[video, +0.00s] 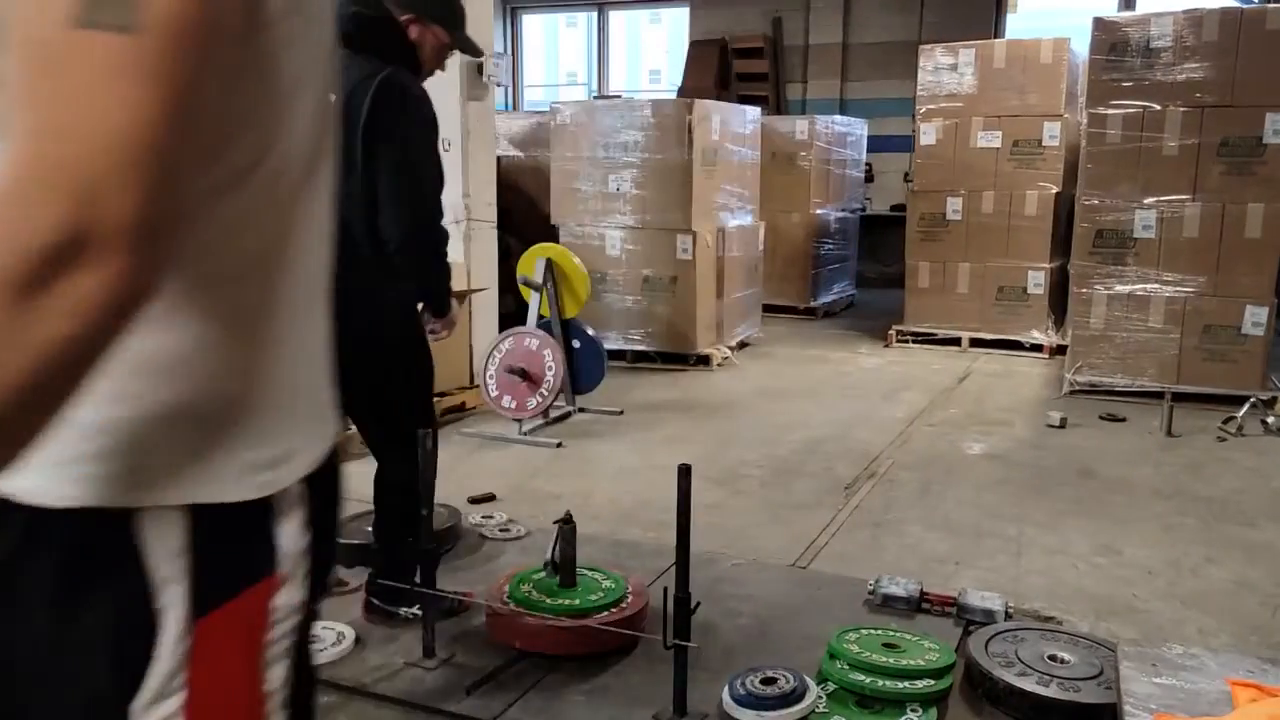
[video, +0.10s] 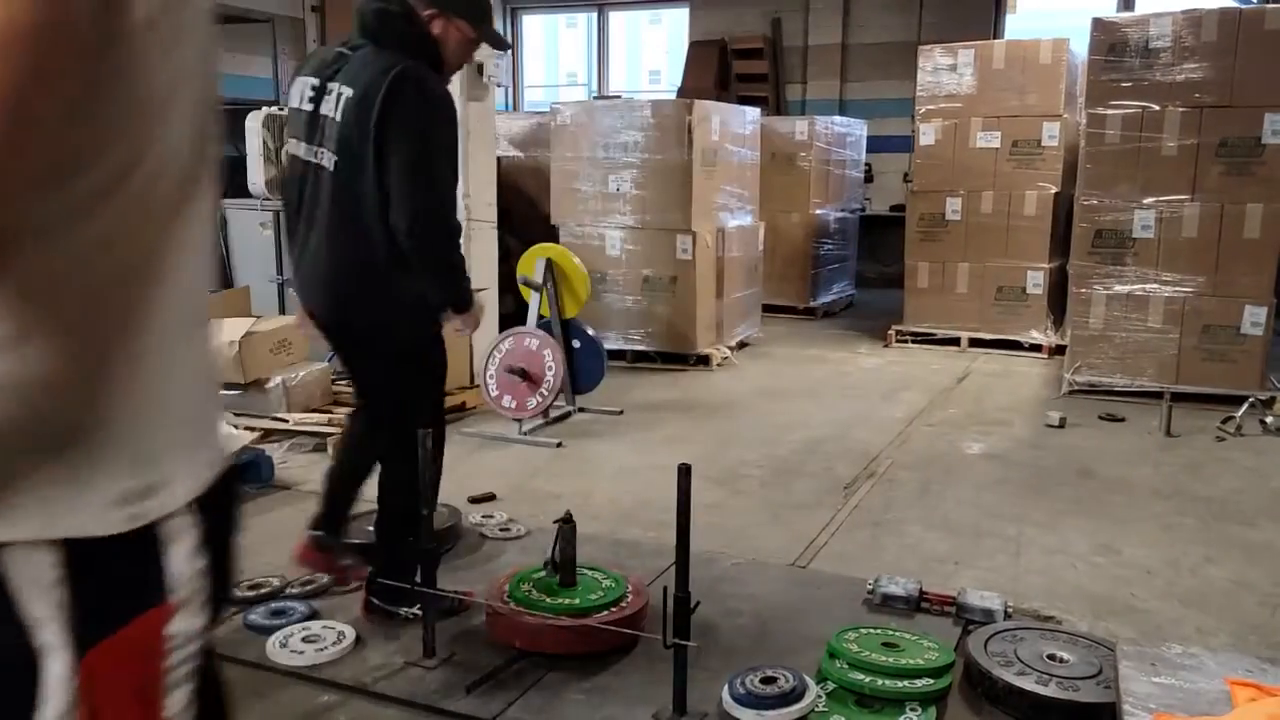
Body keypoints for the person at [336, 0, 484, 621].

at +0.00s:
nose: (445, 60)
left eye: (451, 49)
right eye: (446, 44)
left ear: (402, 24)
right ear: (412, 25)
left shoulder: (325, 73)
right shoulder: (399, 94)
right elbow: (411, 211)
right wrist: (437, 297)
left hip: (310, 292)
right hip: (374, 302)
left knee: (311, 444)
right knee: (405, 443)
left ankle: (315, 571)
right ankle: (399, 585)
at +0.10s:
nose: (471, 57)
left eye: (477, 46)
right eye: (471, 41)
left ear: (425, 17)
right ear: (435, 19)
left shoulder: (326, 65)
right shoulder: (415, 87)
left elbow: (296, 186)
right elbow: (423, 208)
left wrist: (305, 282)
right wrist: (458, 296)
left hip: (328, 285)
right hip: (388, 292)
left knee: (378, 407)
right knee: (415, 427)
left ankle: (325, 533)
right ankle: (396, 583)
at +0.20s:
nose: (488, 61)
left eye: (494, 48)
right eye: (488, 45)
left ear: (445, 19)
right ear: (451, 21)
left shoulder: (369, 65)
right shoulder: (427, 88)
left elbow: (341, 187)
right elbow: (428, 214)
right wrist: (472, 294)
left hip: (363, 276)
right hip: (403, 287)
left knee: (415, 408)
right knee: (424, 413)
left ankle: (402, 553)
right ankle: (401, 581)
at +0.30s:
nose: (509, 64)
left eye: (513, 51)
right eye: (505, 48)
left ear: (465, 27)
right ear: (466, 28)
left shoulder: (407, 71)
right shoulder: (435, 90)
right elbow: (426, 221)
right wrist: (483, 304)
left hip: (413, 289)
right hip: (421, 298)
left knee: (478, 397)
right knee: (437, 429)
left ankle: (488, 520)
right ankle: (397, 585)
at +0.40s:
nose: (526, 73)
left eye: (531, 61)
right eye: (521, 56)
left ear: (483, 39)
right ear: (478, 37)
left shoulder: (471, 97)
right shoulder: (440, 100)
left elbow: (475, 212)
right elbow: (423, 231)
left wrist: (503, 293)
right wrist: (485, 317)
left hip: (469, 305)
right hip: (441, 311)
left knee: (505, 421)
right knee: (454, 438)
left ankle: (541, 529)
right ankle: (397, 584)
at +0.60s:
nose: (553, 80)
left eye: (559, 68)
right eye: (543, 67)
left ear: (560, 57)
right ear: (509, 47)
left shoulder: (552, 104)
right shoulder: (453, 108)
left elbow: (569, 196)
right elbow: (419, 227)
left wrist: (590, 277)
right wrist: (471, 318)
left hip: (544, 294)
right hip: (484, 301)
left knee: (561, 416)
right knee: (499, 431)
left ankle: (553, 530)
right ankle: (427, 549)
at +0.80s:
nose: (550, 77)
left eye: (559, 63)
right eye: (536, 66)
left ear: (573, 40)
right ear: (506, 41)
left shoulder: (597, 98)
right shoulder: (463, 107)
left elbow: (623, 184)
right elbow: (435, 218)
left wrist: (637, 267)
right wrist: (466, 308)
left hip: (570, 290)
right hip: (497, 298)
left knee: (574, 413)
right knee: (510, 426)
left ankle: (557, 523)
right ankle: (526, 544)